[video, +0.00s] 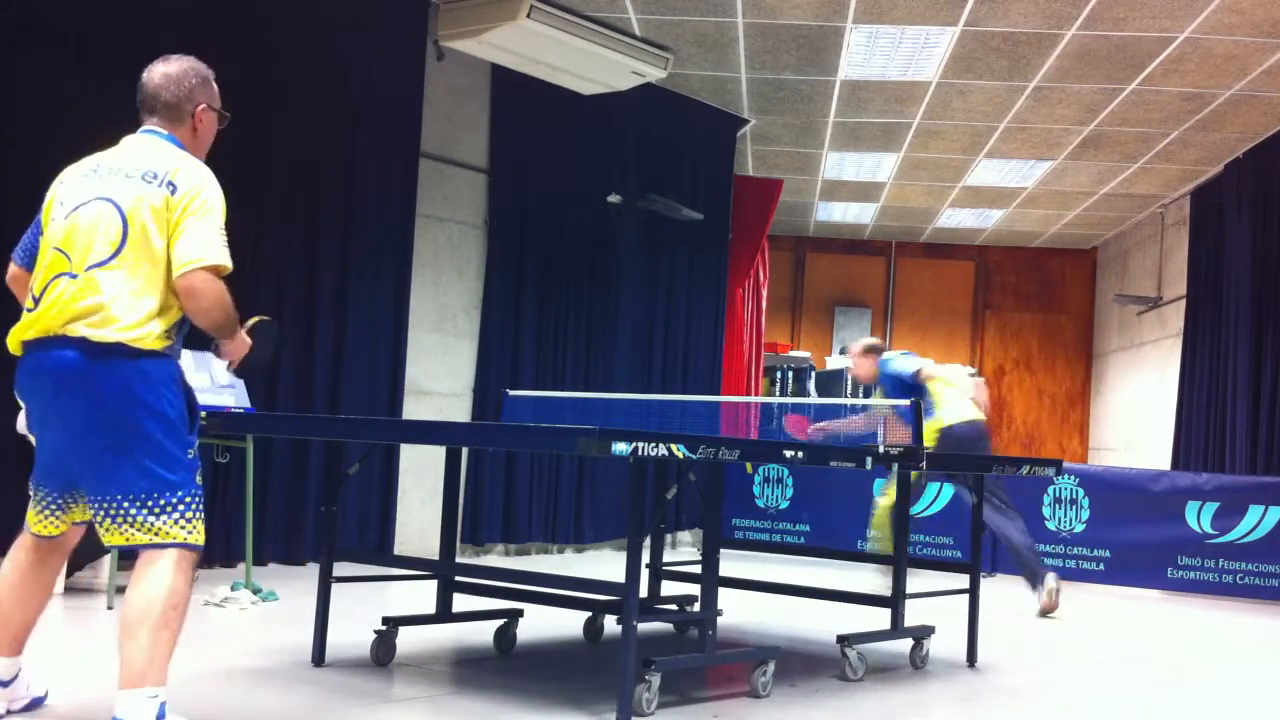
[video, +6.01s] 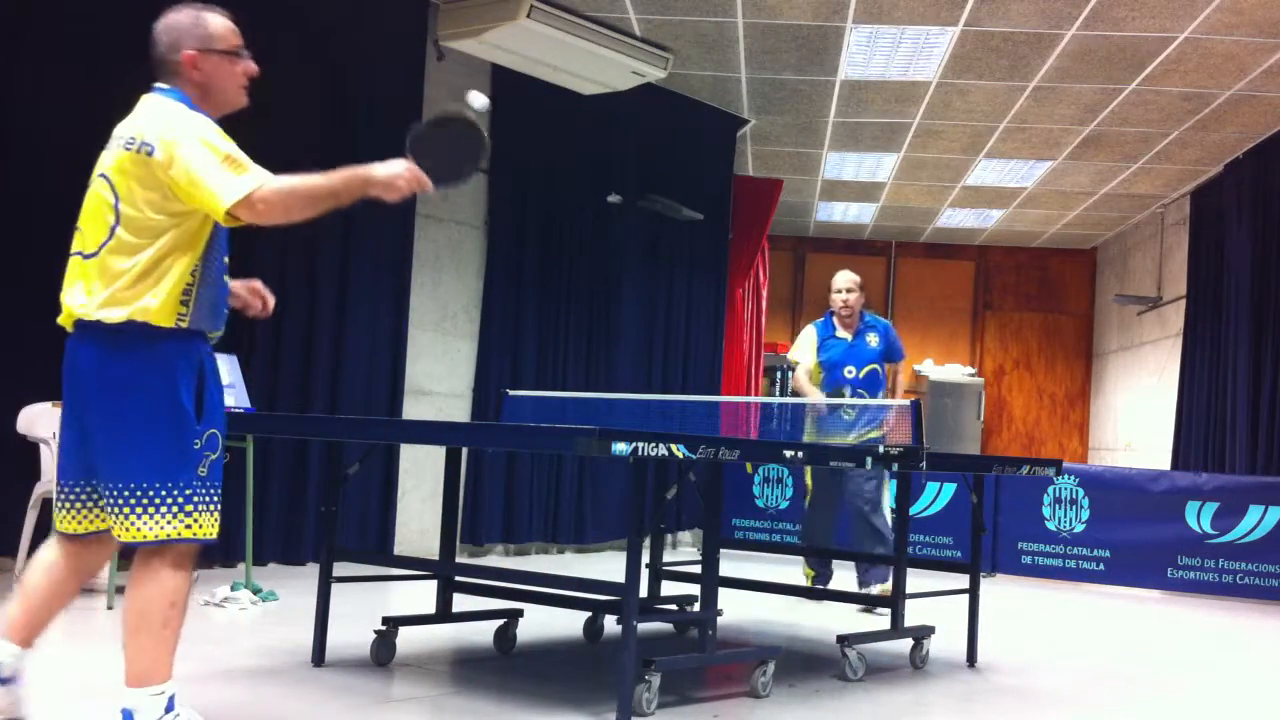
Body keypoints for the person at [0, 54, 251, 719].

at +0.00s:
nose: (216, 127)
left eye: (217, 115)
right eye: (216, 115)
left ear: (145, 112)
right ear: (199, 116)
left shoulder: (77, 172)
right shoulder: (193, 180)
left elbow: (20, 272)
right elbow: (197, 283)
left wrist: (75, 323)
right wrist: (230, 335)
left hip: (45, 366)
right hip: (129, 369)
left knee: (49, 527)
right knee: (171, 541)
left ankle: (1, 675)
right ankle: (140, 710)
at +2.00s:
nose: (657, 163)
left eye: (656, 154)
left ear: (663, 157)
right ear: (730, 148)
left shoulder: (689, 220)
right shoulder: (793, 210)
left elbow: (709, 325)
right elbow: (841, 299)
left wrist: (731, 431)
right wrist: (768, 356)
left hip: (752, 425)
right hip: (825, 416)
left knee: (633, 563)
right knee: (858, 579)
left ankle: (678, 714)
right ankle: (929, 713)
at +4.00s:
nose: (226, 119)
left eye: (226, 107)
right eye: (221, 105)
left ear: (151, 98)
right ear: (190, 98)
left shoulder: (88, 156)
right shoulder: (214, 160)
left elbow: (98, 157)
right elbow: (223, 258)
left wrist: (131, 119)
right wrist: (244, 357)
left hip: (99, 365)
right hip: (183, 368)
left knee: (84, 521)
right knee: (171, 532)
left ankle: (13, 666)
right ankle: (154, 690)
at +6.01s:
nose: (252, 66)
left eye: (246, 53)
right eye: (237, 54)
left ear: (188, 64)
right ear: (194, 63)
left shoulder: (142, 124)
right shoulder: (180, 130)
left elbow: (136, 252)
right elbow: (253, 202)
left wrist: (220, 290)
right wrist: (367, 179)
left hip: (99, 352)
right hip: (153, 354)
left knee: (86, 534)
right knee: (171, 542)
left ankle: (4, 658)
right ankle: (147, 708)